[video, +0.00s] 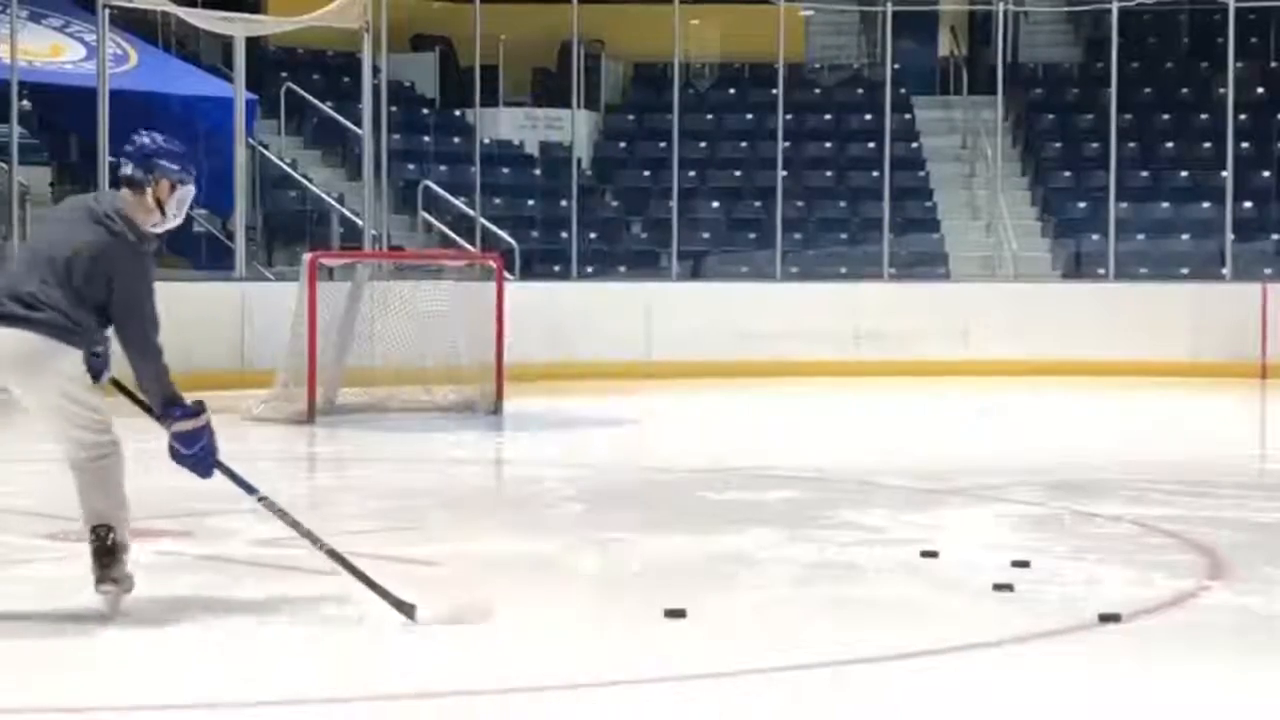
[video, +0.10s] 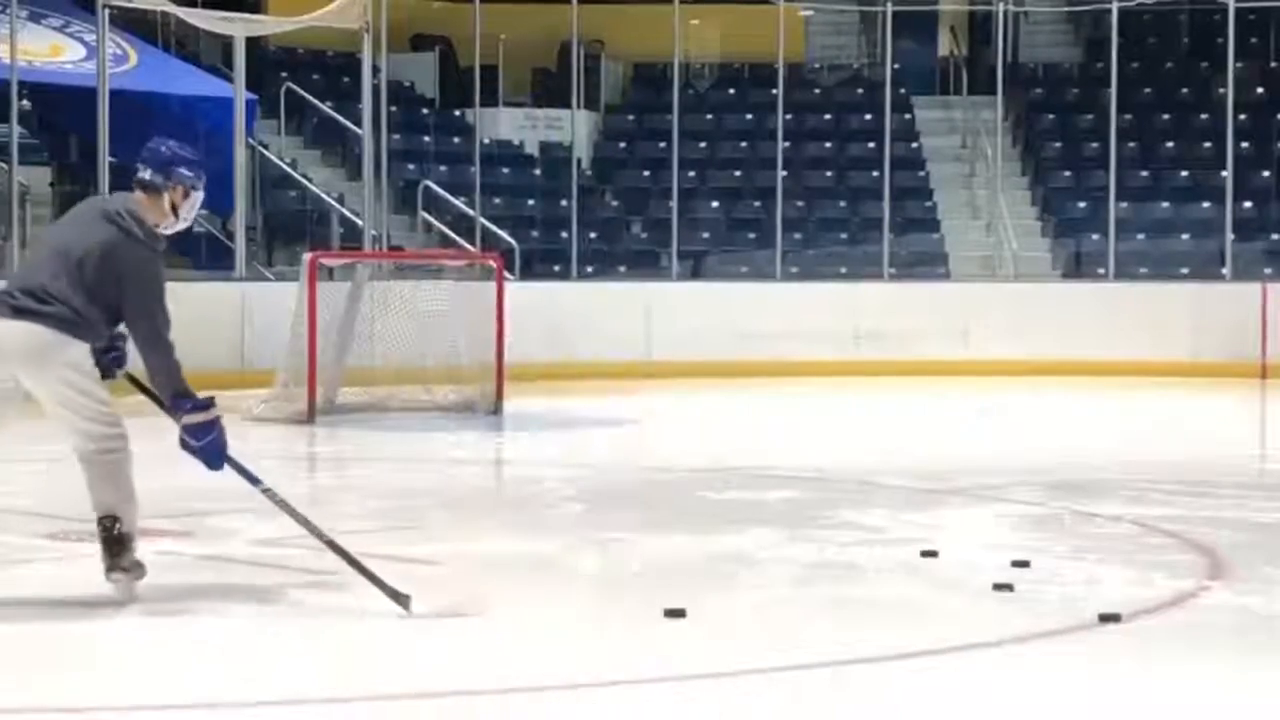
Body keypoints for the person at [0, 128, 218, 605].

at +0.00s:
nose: (176, 205)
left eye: (181, 194)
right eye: (173, 190)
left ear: (128, 179)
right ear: (150, 185)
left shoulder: (71, 208)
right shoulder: (127, 248)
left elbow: (60, 278)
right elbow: (140, 341)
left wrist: (93, 340)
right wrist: (172, 409)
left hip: (6, 326)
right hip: (40, 340)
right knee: (93, 443)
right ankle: (109, 552)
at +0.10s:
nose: (189, 210)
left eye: (193, 199)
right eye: (188, 197)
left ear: (142, 182)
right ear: (172, 191)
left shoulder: (94, 209)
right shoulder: (137, 248)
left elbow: (69, 274)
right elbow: (154, 342)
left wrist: (104, 336)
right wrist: (187, 409)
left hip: (8, 320)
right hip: (48, 335)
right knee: (102, 438)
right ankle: (118, 548)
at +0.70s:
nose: (268, 217)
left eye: (267, 209)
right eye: (268, 210)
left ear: (227, 199)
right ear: (261, 210)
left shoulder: (187, 220)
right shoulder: (259, 249)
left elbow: (129, 249)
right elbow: (230, 295)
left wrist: (133, 283)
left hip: (142, 334)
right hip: (185, 348)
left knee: (157, 424)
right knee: (160, 453)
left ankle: (148, 501)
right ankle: (107, 494)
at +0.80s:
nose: (293, 200)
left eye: (292, 192)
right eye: (293, 193)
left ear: (255, 183)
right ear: (287, 193)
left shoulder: (212, 214)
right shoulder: (290, 233)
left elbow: (162, 255)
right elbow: (277, 302)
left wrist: (172, 296)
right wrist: (274, 357)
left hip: (188, 329)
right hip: (230, 342)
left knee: (213, 421)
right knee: (205, 436)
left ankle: (193, 492)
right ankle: (150, 484)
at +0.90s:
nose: (306, 175)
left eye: (304, 168)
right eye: (312, 169)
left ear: (286, 166)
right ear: (323, 171)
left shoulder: (251, 209)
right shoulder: (330, 224)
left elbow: (226, 267)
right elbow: (331, 296)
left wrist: (240, 301)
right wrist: (344, 352)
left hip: (236, 320)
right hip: (278, 332)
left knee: (257, 416)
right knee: (267, 428)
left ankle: (234, 489)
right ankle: (206, 474)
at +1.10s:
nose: (422, 178)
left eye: (421, 171)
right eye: (421, 171)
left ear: (386, 167)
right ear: (415, 171)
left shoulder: (365, 205)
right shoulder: (403, 211)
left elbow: (350, 257)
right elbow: (413, 268)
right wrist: (456, 295)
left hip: (340, 320)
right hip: (377, 326)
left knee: (345, 401)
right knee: (393, 403)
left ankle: (319, 473)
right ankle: (348, 471)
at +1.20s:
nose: (485, 181)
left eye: (485, 172)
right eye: (482, 172)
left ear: (445, 166)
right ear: (466, 171)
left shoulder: (421, 203)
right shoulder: (449, 209)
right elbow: (447, 257)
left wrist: (483, 265)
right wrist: (487, 273)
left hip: (393, 319)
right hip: (428, 325)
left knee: (400, 403)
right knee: (457, 406)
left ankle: (367, 474)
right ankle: (431, 477)